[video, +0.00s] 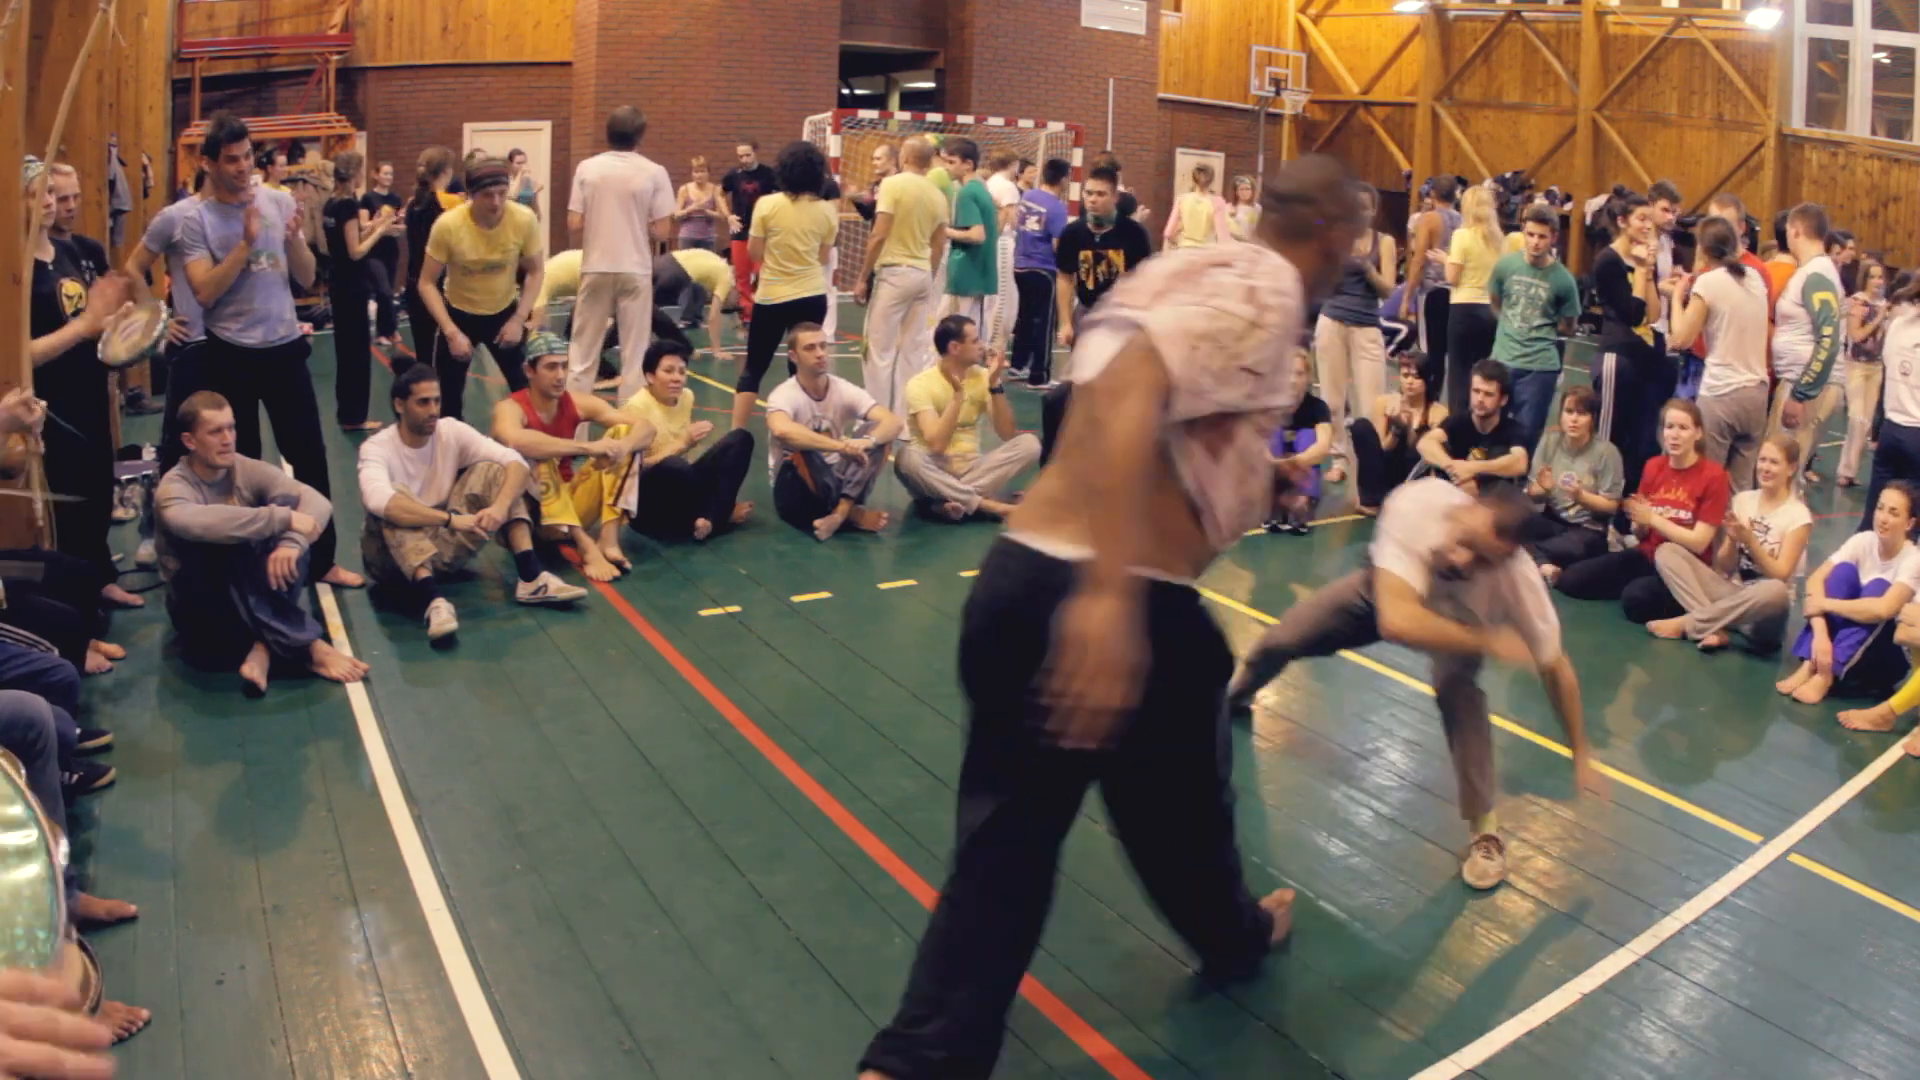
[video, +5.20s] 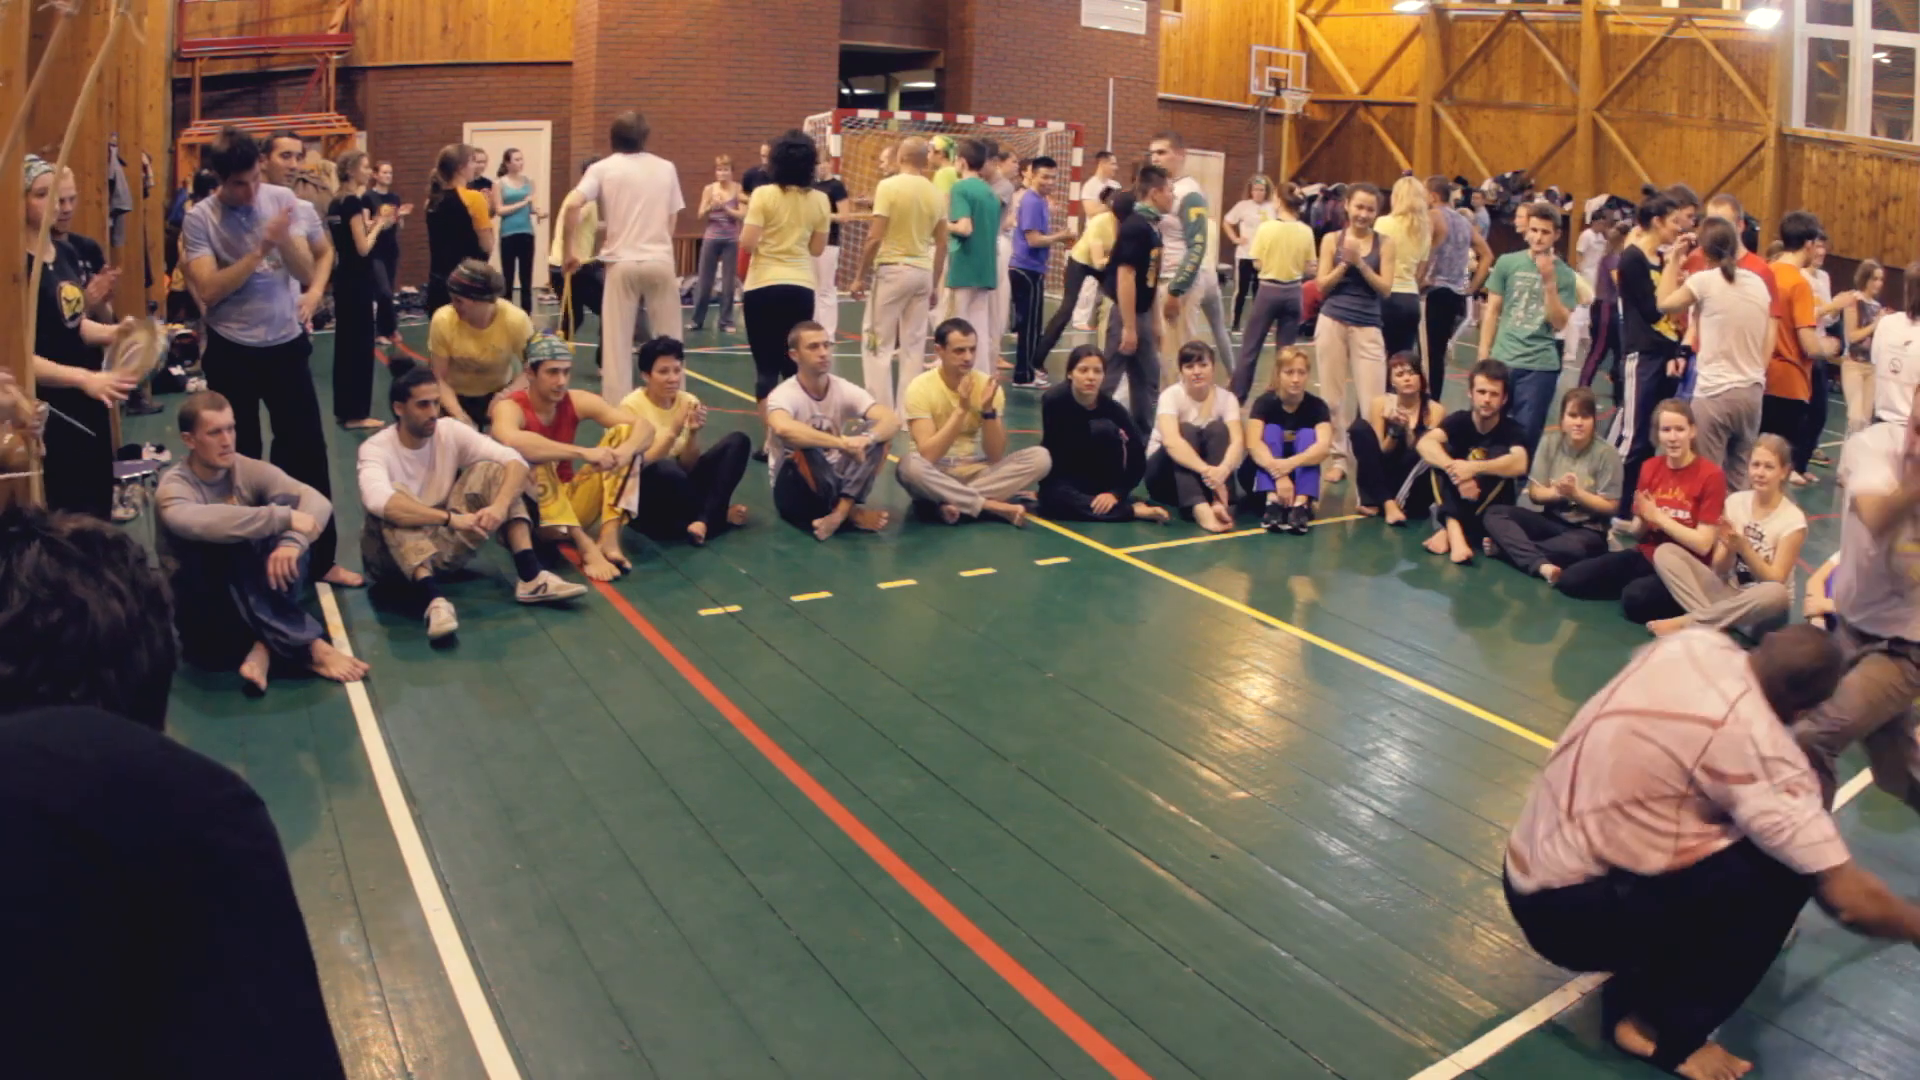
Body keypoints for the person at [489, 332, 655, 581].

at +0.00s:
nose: (560, 375)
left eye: (564, 366)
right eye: (551, 368)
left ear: (569, 367)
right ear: (529, 370)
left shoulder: (580, 403)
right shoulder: (509, 408)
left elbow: (645, 427)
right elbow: (516, 441)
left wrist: (625, 446)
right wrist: (587, 447)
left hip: (572, 506)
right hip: (527, 513)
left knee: (623, 444)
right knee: (542, 465)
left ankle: (609, 538)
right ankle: (587, 546)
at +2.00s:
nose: (562, 380)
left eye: (567, 372)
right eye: (553, 372)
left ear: (572, 372)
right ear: (532, 372)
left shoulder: (581, 403)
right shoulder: (510, 408)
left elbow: (646, 429)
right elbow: (515, 440)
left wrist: (622, 449)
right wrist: (586, 446)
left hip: (571, 506)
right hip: (527, 513)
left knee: (624, 432)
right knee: (543, 464)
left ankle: (609, 537)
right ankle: (587, 545)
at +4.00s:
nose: (564, 381)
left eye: (568, 372)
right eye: (555, 373)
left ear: (573, 371)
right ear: (532, 373)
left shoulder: (578, 401)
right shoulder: (510, 407)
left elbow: (645, 428)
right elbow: (508, 439)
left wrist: (625, 451)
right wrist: (583, 451)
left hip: (571, 504)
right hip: (527, 510)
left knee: (624, 432)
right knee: (540, 467)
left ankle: (609, 536)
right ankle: (586, 546)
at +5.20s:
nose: (561, 381)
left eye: (566, 372)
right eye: (552, 373)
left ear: (571, 371)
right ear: (530, 372)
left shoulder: (578, 401)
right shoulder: (508, 408)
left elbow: (644, 427)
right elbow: (508, 439)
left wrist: (626, 450)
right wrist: (582, 452)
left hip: (570, 507)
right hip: (526, 512)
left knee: (624, 433)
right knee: (539, 465)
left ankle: (609, 537)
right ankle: (586, 546)